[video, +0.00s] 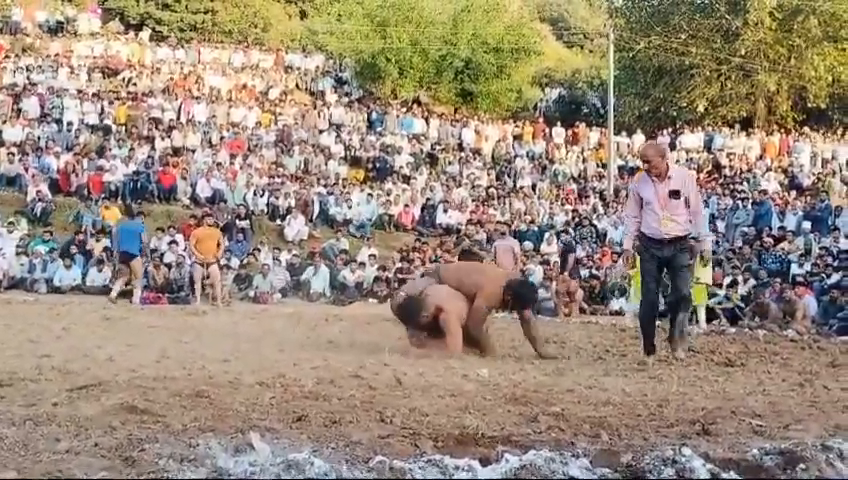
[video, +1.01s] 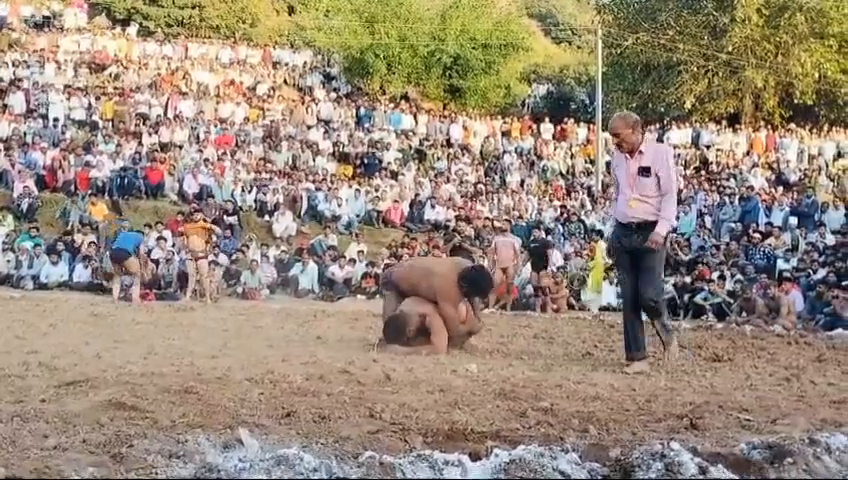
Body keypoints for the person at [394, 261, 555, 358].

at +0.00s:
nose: (519, 311)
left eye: (524, 309)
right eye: (519, 307)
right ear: (510, 298)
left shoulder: (517, 283)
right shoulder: (490, 291)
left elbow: (527, 321)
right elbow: (472, 329)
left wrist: (540, 350)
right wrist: (487, 351)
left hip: (457, 273)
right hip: (435, 276)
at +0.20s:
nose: (515, 312)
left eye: (521, 311)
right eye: (515, 309)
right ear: (507, 298)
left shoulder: (517, 282)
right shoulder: (485, 290)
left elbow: (529, 319)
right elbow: (466, 328)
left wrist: (541, 350)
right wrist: (483, 348)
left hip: (465, 276)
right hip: (440, 278)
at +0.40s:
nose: (491, 311)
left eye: (498, 309)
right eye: (491, 307)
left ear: (509, 295)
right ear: (486, 295)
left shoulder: (504, 286)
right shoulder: (469, 290)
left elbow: (518, 320)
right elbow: (454, 329)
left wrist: (539, 350)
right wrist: (481, 348)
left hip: (452, 280)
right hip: (427, 285)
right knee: (421, 330)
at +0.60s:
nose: (477, 302)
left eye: (482, 300)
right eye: (474, 299)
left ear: (490, 287)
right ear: (466, 287)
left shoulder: (490, 279)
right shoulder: (450, 285)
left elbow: (511, 311)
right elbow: (453, 329)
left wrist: (523, 347)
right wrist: (478, 341)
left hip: (459, 303)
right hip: (426, 301)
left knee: (484, 340)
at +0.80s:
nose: (470, 295)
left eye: (475, 293)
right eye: (468, 292)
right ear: (460, 281)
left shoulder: (481, 271)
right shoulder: (446, 280)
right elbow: (456, 328)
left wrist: (490, 325)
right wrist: (477, 334)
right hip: (410, 289)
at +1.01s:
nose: (475, 299)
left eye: (478, 296)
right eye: (475, 295)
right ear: (467, 289)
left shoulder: (468, 265)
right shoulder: (447, 289)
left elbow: (472, 296)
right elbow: (454, 330)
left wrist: (476, 318)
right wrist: (470, 327)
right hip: (393, 279)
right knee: (391, 329)